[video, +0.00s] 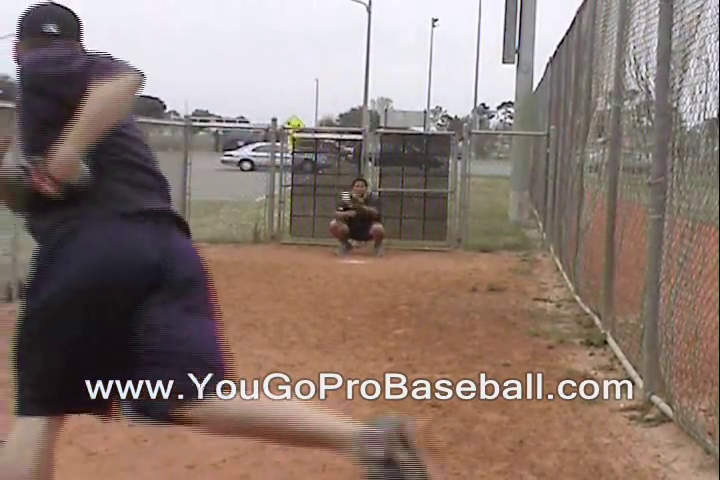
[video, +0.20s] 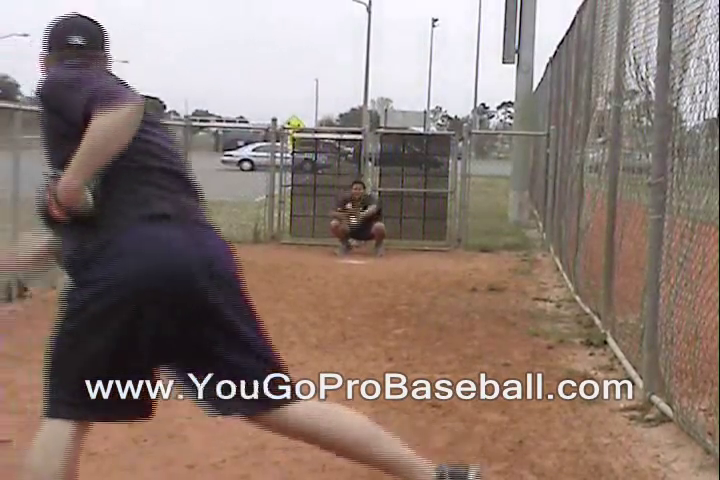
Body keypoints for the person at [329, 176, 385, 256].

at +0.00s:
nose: (359, 189)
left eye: (362, 187)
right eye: (357, 186)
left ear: (366, 189)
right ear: (353, 188)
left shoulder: (372, 199)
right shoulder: (347, 199)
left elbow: (376, 213)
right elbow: (337, 214)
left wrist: (361, 207)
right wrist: (347, 214)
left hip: (367, 228)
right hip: (351, 227)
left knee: (378, 228)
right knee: (334, 225)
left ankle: (377, 246)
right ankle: (346, 245)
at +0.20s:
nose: (357, 192)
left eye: (359, 189)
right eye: (355, 189)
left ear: (363, 191)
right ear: (351, 190)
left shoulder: (369, 199)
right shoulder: (346, 200)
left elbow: (374, 209)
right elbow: (333, 212)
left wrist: (361, 216)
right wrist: (345, 217)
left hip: (365, 228)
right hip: (349, 228)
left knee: (379, 227)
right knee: (334, 225)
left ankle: (378, 246)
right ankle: (346, 245)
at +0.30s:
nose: (356, 193)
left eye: (358, 190)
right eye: (354, 190)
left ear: (363, 191)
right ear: (351, 191)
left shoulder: (368, 200)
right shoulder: (346, 201)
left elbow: (371, 210)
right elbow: (333, 212)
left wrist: (367, 222)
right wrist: (349, 215)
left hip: (366, 228)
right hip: (351, 228)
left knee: (380, 226)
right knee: (335, 224)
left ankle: (379, 246)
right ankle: (346, 245)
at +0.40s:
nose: (356, 193)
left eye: (358, 190)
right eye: (354, 190)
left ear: (362, 192)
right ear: (350, 192)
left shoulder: (369, 201)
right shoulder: (346, 201)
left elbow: (371, 215)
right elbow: (334, 212)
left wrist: (367, 230)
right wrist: (348, 215)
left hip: (366, 228)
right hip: (352, 228)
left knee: (381, 226)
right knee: (335, 224)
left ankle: (380, 246)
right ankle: (346, 245)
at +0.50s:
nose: (355, 192)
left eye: (358, 190)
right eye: (353, 190)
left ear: (362, 191)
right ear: (350, 191)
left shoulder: (369, 202)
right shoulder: (346, 201)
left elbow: (369, 222)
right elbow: (333, 212)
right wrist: (347, 213)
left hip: (366, 227)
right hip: (352, 227)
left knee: (382, 225)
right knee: (336, 223)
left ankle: (382, 246)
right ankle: (346, 246)